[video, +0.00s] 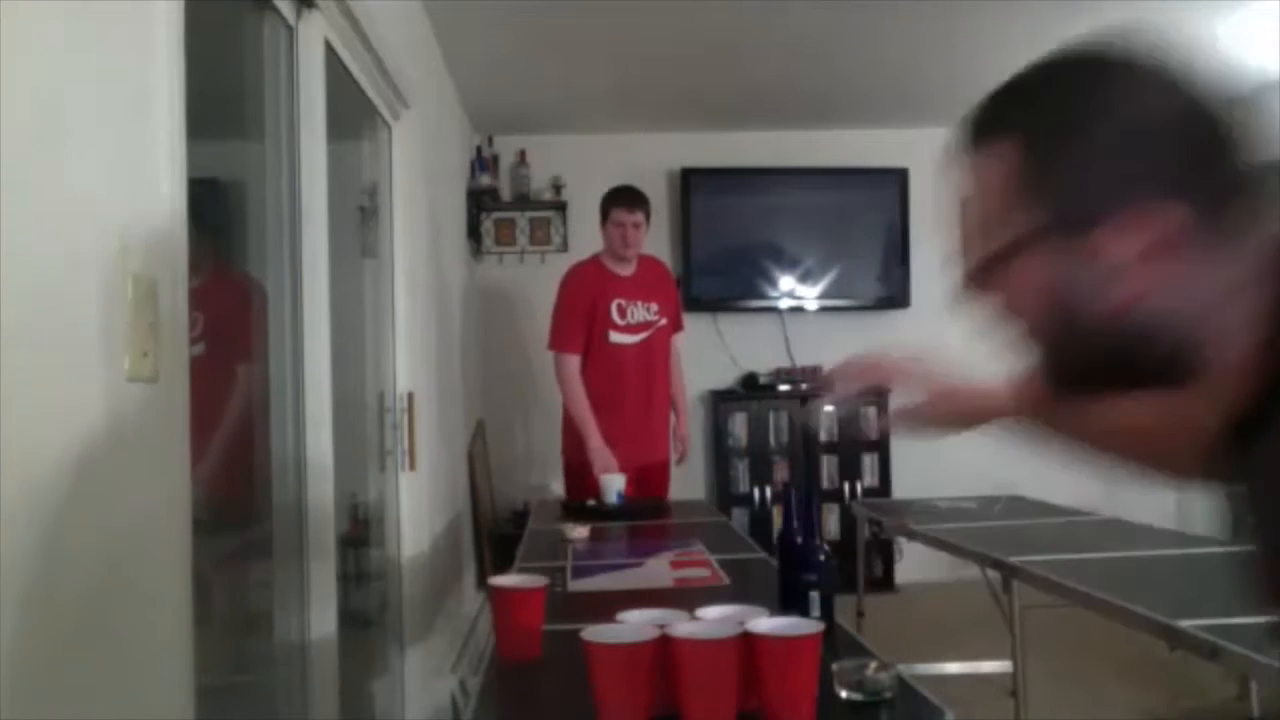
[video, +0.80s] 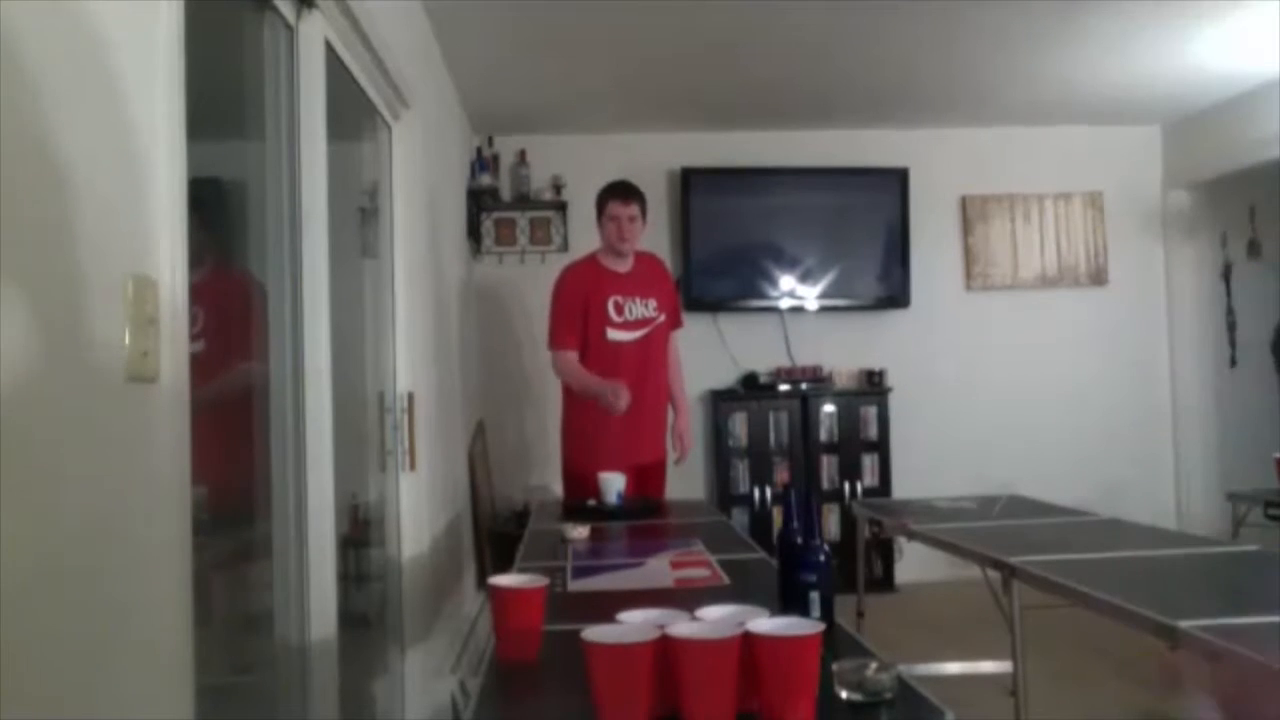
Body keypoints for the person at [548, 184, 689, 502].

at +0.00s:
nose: (628, 235)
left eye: (636, 226)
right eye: (619, 226)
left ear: (647, 230)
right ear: (603, 228)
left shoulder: (660, 276)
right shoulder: (581, 280)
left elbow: (671, 353)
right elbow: (567, 369)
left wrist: (681, 419)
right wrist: (596, 447)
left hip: (652, 445)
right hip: (596, 450)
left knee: (651, 545)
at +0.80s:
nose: (623, 229)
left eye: (632, 220)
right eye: (613, 220)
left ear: (644, 225)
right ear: (599, 224)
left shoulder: (657, 272)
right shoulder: (576, 279)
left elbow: (669, 348)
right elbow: (564, 361)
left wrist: (681, 413)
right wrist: (601, 388)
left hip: (647, 438)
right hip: (593, 442)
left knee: (648, 540)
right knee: (594, 541)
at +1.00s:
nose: (623, 229)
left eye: (632, 220)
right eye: (614, 220)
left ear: (644, 225)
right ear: (599, 224)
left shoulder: (656, 272)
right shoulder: (577, 277)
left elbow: (667, 347)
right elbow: (568, 355)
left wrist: (680, 412)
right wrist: (608, 344)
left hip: (647, 435)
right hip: (593, 438)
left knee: (648, 542)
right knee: (594, 542)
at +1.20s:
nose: (624, 229)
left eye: (632, 220)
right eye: (614, 220)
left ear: (644, 225)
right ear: (600, 224)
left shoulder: (654, 270)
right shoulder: (578, 276)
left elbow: (667, 347)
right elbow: (579, 343)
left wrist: (681, 412)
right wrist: (610, 287)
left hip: (647, 434)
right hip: (594, 435)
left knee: (648, 542)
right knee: (594, 542)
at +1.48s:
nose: (625, 226)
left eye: (633, 216)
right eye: (616, 216)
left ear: (646, 222)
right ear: (602, 219)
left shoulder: (655, 268)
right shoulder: (582, 270)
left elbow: (670, 345)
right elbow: (587, 319)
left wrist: (684, 411)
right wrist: (610, 242)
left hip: (648, 436)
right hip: (596, 438)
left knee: (649, 543)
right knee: (594, 548)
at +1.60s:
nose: (625, 219)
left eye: (633, 210)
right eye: (618, 211)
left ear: (646, 217)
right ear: (605, 216)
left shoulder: (655, 263)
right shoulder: (584, 263)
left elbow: (670, 341)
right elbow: (594, 290)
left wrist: (687, 407)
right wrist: (609, 206)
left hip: (650, 434)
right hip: (598, 435)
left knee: (650, 544)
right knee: (595, 545)